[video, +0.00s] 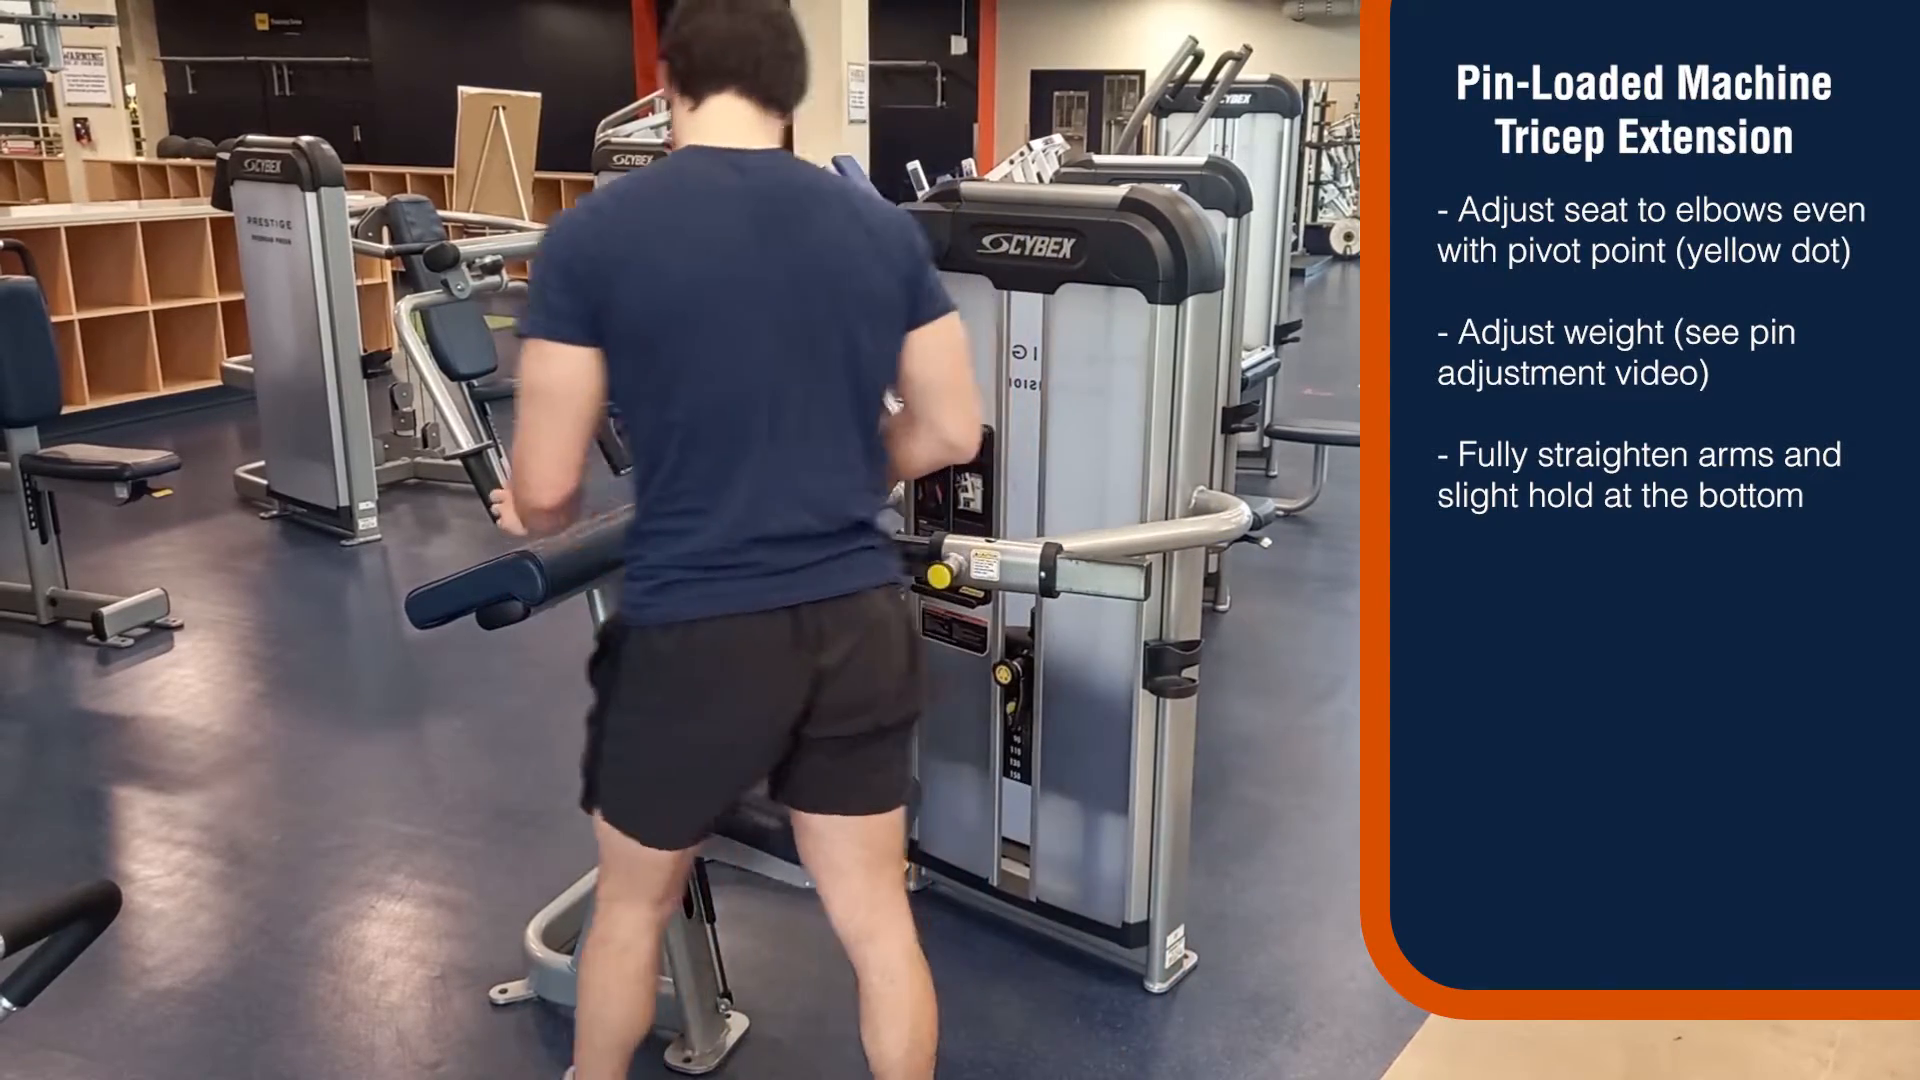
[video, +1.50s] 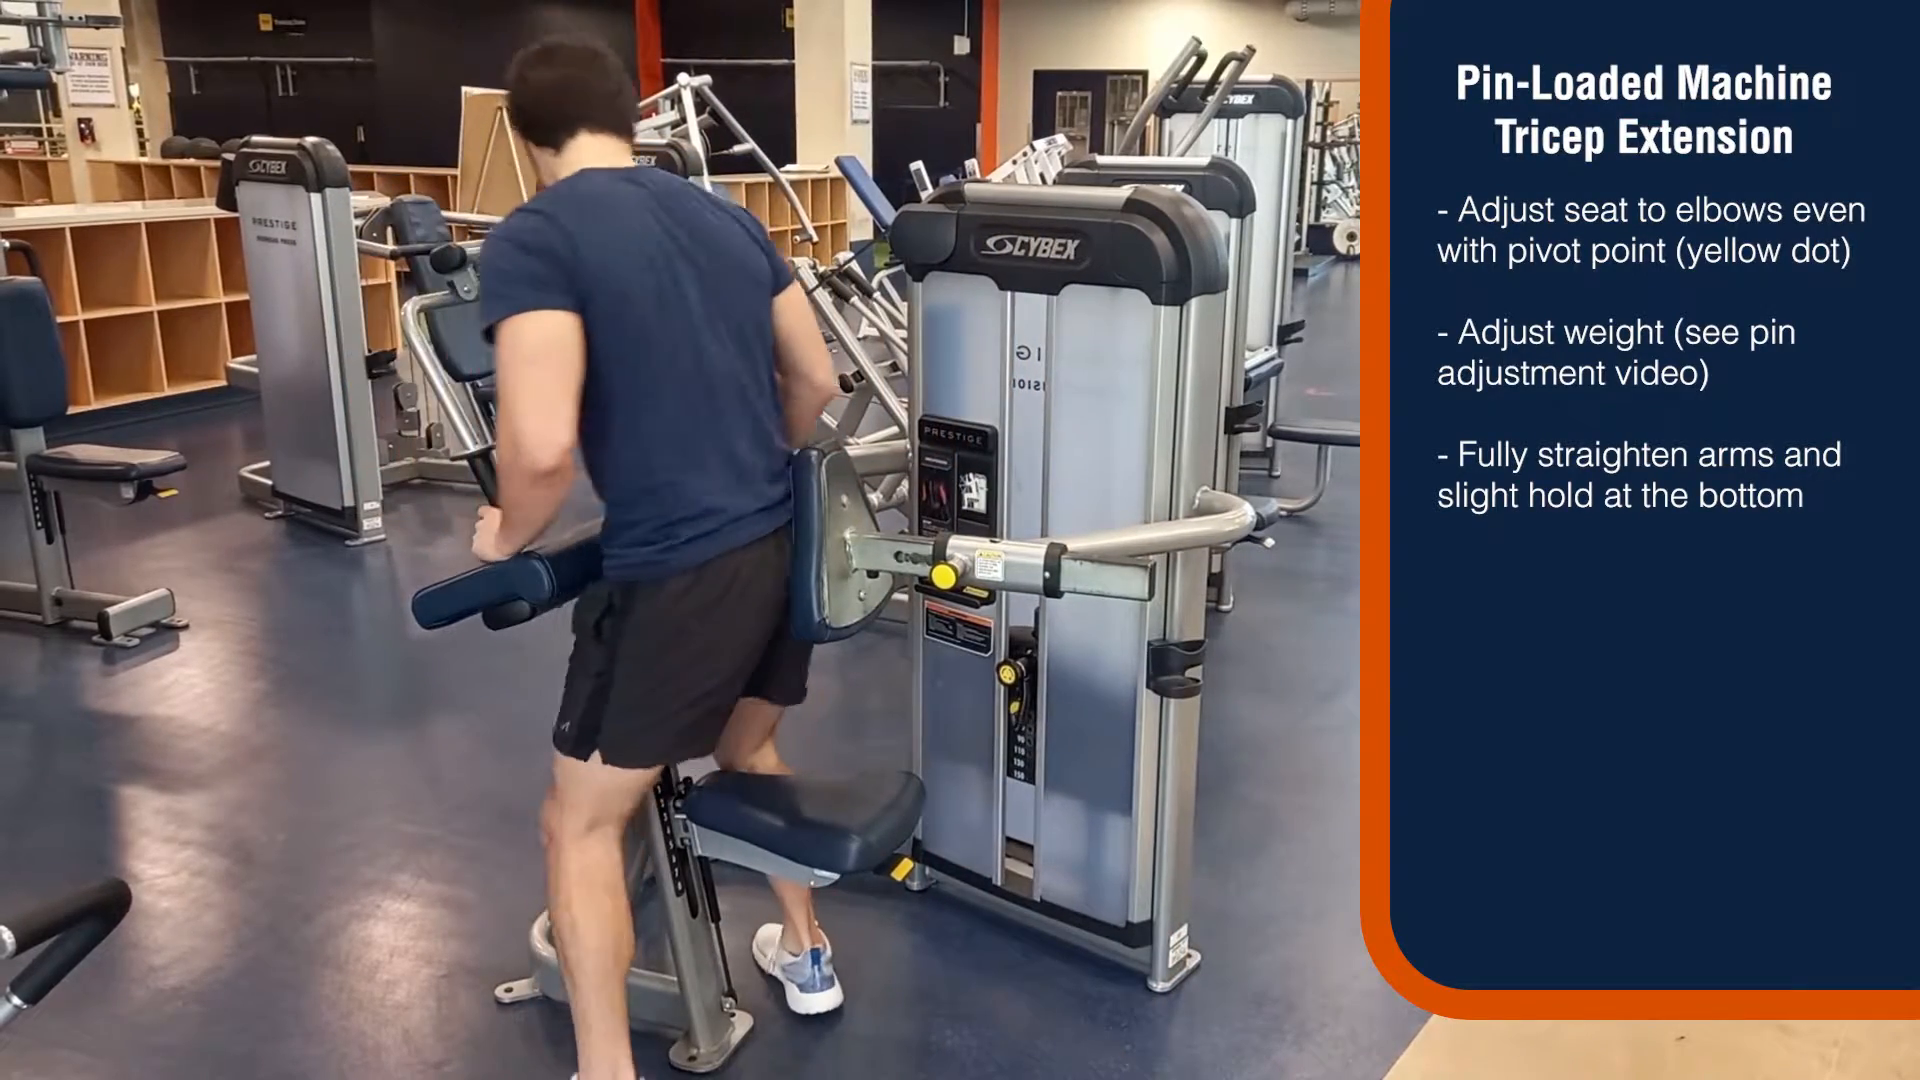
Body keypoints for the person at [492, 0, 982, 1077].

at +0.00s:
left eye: (667, 76)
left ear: (670, 84)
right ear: (793, 93)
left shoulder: (598, 233)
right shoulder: (877, 226)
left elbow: (549, 489)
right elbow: (951, 429)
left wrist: (525, 504)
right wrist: (834, 457)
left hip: (693, 646)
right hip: (862, 631)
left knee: (632, 908)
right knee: (879, 917)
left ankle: (597, 1071)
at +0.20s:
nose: (687, 120)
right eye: (691, 104)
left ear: (552, 93)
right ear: (681, 98)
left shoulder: (462, 233)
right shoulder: (758, 206)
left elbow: (434, 475)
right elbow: (852, 415)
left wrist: (519, 542)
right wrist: (773, 438)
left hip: (585, 627)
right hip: (757, 615)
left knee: (584, 899)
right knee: (756, 850)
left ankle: (582, 1076)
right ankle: (813, 1071)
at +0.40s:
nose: (644, 125)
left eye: (644, 110)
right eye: (646, 107)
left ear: (511, 88)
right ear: (626, 94)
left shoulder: (408, 225)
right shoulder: (688, 188)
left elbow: (383, 455)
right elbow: (810, 392)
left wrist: (486, 537)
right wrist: (786, 453)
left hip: (535, 604)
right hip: (703, 576)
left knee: (568, 895)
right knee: (699, 735)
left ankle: (577, 1074)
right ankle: (705, 960)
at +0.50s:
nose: (629, 127)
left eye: (629, 112)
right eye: (631, 110)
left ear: (496, 87)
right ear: (604, 94)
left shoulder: (384, 223)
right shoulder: (662, 185)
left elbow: (368, 448)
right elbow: (786, 397)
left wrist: (469, 527)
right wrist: (787, 452)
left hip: (511, 609)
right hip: (677, 577)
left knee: (560, 898)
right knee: (694, 656)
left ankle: (575, 1076)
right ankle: (687, 857)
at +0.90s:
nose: (588, 120)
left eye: (588, 108)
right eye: (588, 105)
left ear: (448, 82)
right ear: (556, 82)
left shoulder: (337, 226)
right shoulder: (618, 180)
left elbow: (343, 448)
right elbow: (747, 388)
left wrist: (455, 526)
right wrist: (789, 431)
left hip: (509, 612)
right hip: (662, 563)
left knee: (558, 886)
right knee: (723, 479)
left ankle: (576, 1078)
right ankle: (779, 714)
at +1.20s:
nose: (557, 110)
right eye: (558, 96)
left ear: (429, 100)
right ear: (543, 92)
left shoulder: (359, 246)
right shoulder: (642, 186)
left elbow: (379, 476)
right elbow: (760, 382)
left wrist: (500, 553)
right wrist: (718, 407)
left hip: (579, 601)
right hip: (727, 547)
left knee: (582, 874)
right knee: (765, 653)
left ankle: (588, 1076)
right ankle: (820, 822)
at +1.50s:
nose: (518, 149)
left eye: (515, 135)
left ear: (523, 133)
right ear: (631, 116)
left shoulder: (537, 238)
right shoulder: (721, 214)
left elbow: (544, 448)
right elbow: (816, 381)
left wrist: (507, 533)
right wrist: (767, 458)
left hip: (670, 567)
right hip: (779, 540)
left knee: (581, 822)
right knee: (751, 750)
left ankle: (607, 1067)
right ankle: (808, 957)